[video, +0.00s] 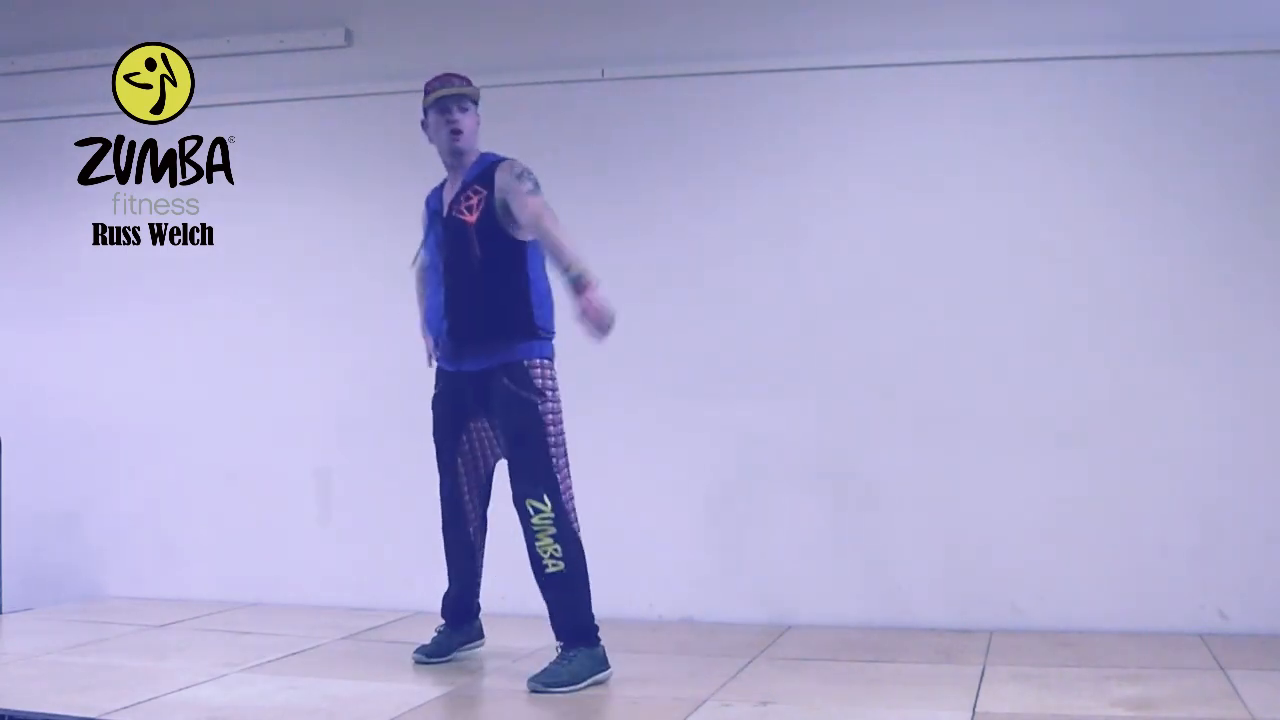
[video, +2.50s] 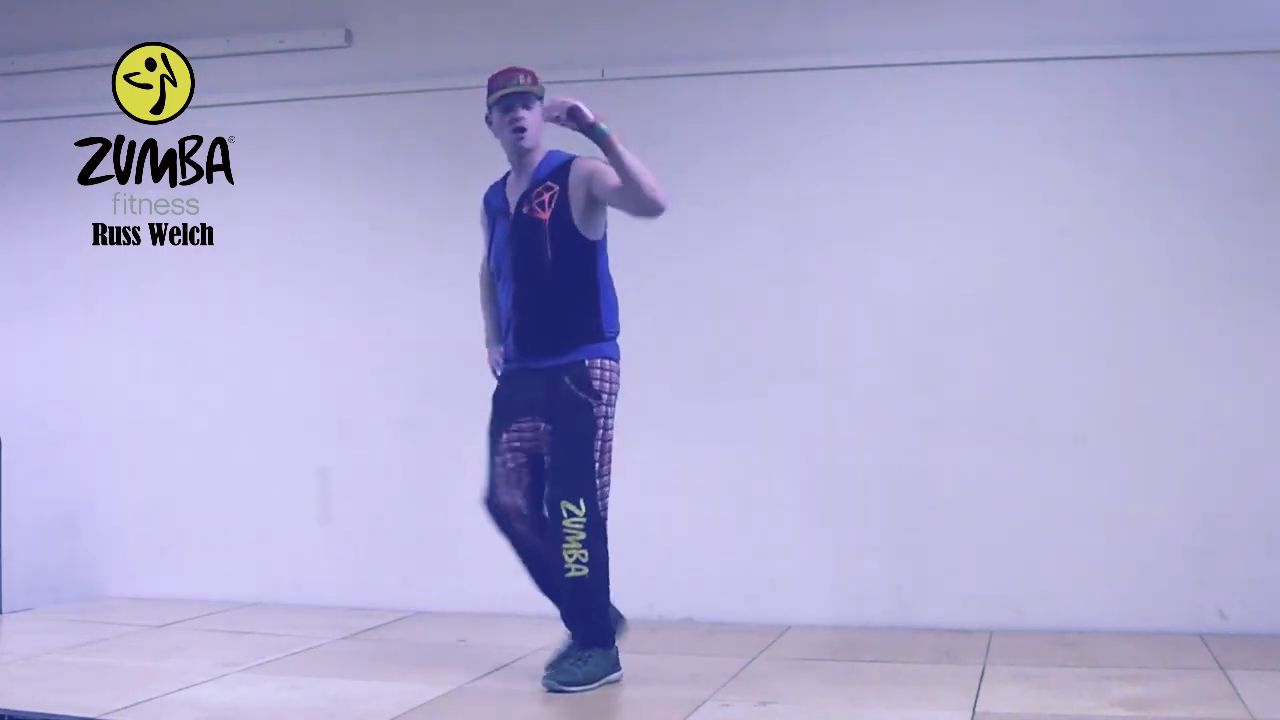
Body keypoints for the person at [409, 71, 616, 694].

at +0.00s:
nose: (454, 119)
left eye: (463, 108)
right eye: (441, 112)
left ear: (479, 118)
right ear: (426, 127)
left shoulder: (506, 175)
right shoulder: (434, 201)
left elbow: (542, 225)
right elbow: (426, 273)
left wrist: (584, 285)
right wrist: (430, 333)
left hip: (519, 365)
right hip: (457, 372)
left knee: (543, 504)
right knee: (460, 502)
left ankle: (581, 646)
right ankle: (462, 623)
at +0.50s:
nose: (488, 99)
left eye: (499, 89)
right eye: (477, 92)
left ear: (521, 101)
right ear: (465, 110)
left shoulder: (553, 162)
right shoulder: (467, 186)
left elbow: (623, 210)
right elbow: (460, 262)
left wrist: (574, 140)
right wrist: (467, 325)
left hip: (558, 358)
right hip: (498, 362)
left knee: (562, 503)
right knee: (519, 504)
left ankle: (585, 648)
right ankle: (579, 638)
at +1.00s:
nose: (458, 112)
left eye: (470, 101)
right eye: (458, 101)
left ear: (502, 112)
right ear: (469, 114)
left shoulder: (526, 183)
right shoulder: (456, 183)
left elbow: (521, 273)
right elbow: (446, 268)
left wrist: (513, 365)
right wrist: (442, 349)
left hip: (517, 368)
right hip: (461, 370)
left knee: (538, 505)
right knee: (451, 501)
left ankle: (582, 646)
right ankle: (448, 624)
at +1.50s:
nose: (419, 129)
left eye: (430, 119)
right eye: (412, 119)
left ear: (457, 120)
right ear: (407, 125)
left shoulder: (486, 188)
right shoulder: (411, 193)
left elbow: (485, 282)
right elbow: (408, 272)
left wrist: (400, 281)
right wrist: (403, 335)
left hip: (479, 366)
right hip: (426, 366)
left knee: (465, 496)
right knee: (431, 497)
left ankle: (490, 628)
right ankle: (447, 625)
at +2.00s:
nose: (462, 113)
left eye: (471, 103)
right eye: (450, 104)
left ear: (485, 114)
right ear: (432, 118)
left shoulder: (506, 171)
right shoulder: (428, 194)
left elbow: (562, 215)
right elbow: (414, 267)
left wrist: (551, 290)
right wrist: (418, 323)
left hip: (514, 363)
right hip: (452, 368)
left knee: (533, 503)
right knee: (456, 506)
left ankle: (590, 638)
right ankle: (450, 629)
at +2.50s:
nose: (518, 118)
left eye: (527, 106)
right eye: (506, 110)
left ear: (547, 115)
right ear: (492, 124)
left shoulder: (579, 172)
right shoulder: (494, 199)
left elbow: (653, 202)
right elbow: (491, 276)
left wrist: (599, 130)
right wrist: (494, 341)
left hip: (582, 365)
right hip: (521, 370)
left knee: (574, 504)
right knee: (507, 499)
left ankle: (595, 648)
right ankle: (593, 617)